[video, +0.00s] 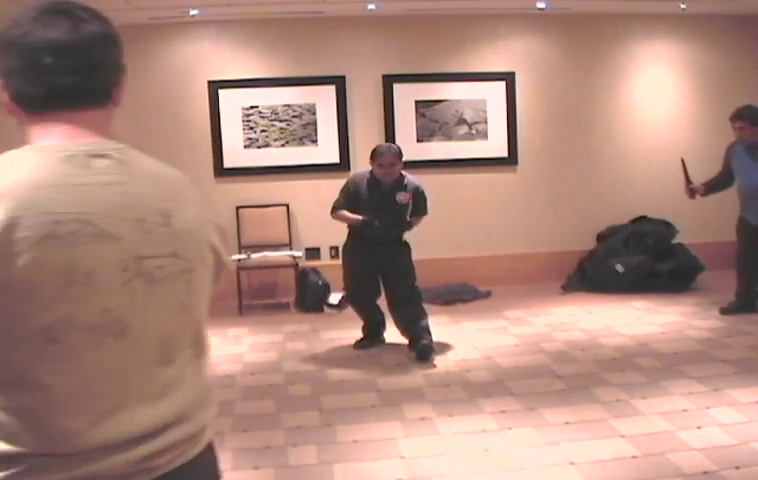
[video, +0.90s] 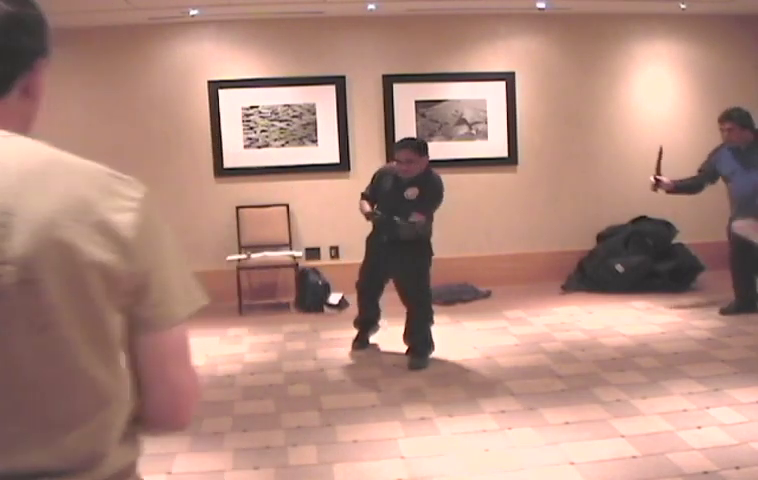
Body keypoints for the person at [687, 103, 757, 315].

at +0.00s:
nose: (738, 134)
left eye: (741, 128)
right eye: (735, 129)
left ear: (755, 128)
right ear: (735, 129)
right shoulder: (735, 150)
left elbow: (726, 177)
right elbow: (727, 177)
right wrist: (702, 188)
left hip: (753, 217)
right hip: (748, 217)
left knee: (748, 258)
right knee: (745, 259)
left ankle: (748, 299)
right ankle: (745, 298)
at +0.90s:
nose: (725, 136)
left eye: (729, 130)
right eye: (723, 131)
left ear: (746, 130)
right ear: (721, 132)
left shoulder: (755, 149)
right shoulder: (722, 155)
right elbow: (700, 182)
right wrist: (670, 186)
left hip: (754, 214)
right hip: (742, 215)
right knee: (740, 257)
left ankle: (748, 299)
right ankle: (745, 299)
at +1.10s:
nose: (723, 133)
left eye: (728, 127)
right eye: (720, 128)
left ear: (744, 126)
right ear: (718, 129)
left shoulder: (755, 146)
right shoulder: (717, 153)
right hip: (740, 219)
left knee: (751, 260)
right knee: (739, 260)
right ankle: (742, 301)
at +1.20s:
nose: (722, 132)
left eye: (727, 125)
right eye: (719, 127)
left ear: (742, 125)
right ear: (717, 129)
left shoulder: (755, 145)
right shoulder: (716, 151)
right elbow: (690, 168)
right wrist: (668, 176)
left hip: (755, 217)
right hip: (739, 217)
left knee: (751, 261)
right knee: (739, 262)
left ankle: (751, 301)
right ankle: (745, 301)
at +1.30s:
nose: (723, 129)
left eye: (728, 123)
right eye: (720, 124)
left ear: (743, 124)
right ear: (718, 127)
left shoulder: (754, 145)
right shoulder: (718, 150)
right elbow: (697, 167)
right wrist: (682, 176)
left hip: (754, 218)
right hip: (738, 218)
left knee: (752, 261)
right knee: (739, 261)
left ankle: (751, 301)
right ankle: (743, 301)